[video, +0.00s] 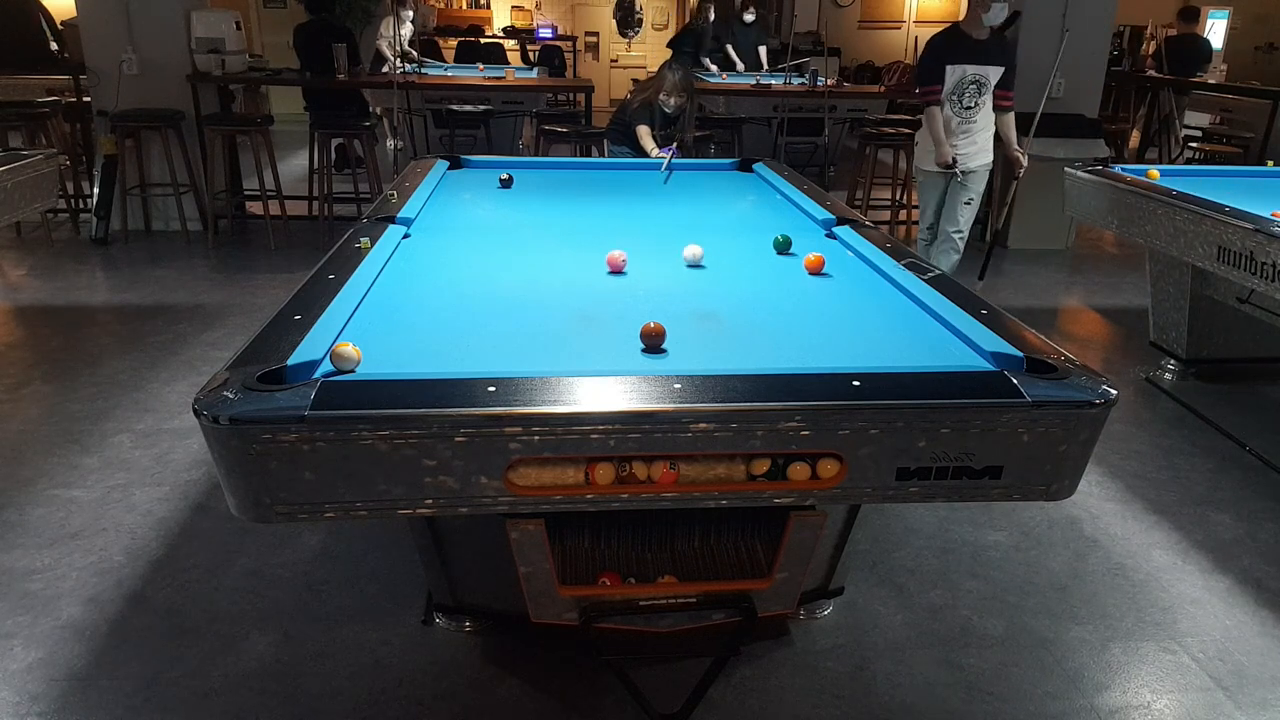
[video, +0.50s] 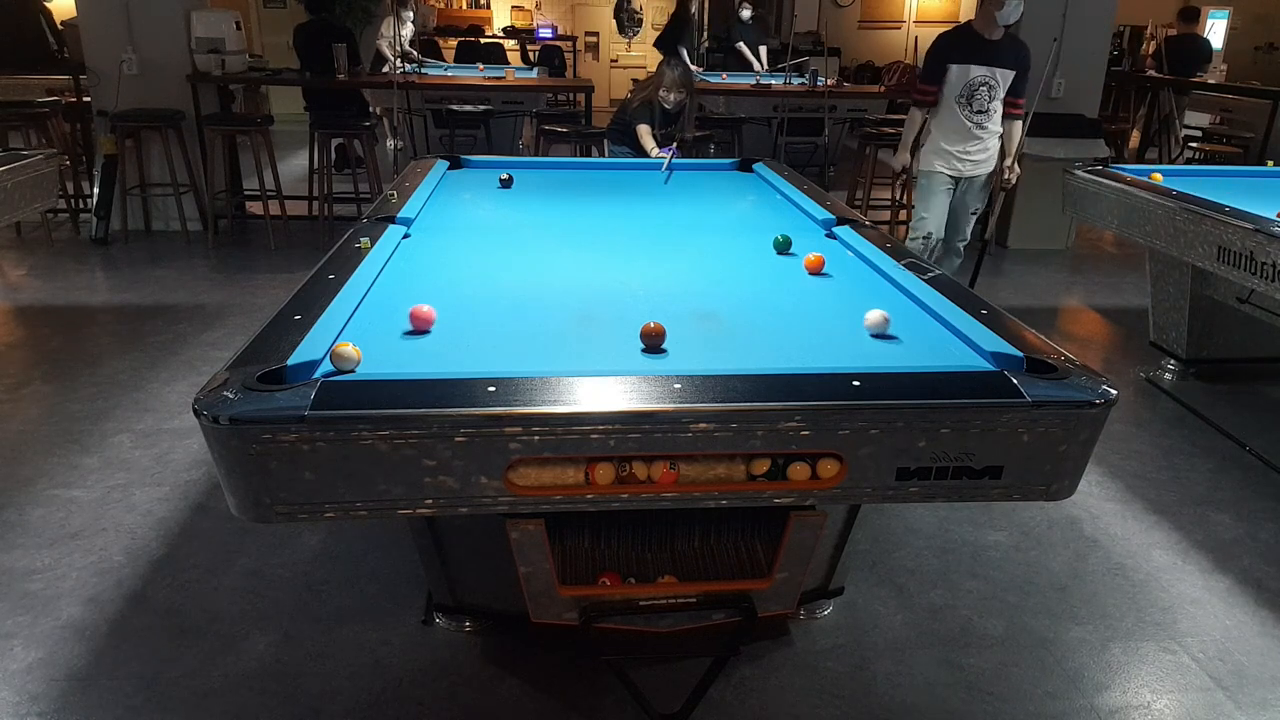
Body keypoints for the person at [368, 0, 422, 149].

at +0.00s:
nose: (409, 14)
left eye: (410, 10)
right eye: (405, 11)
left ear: (413, 11)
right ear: (398, 10)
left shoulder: (409, 27)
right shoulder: (389, 21)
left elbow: (403, 45)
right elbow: (380, 43)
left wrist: (412, 52)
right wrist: (392, 60)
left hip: (398, 66)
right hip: (382, 67)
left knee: (396, 104)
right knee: (385, 106)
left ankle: (395, 136)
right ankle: (390, 138)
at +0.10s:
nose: (409, 14)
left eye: (411, 10)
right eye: (405, 11)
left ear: (413, 11)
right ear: (398, 11)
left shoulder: (410, 27)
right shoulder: (389, 21)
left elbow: (403, 45)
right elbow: (380, 43)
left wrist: (413, 53)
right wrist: (392, 60)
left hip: (398, 67)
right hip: (382, 67)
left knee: (396, 104)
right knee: (385, 106)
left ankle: (395, 136)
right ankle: (389, 138)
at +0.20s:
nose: (409, 14)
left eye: (411, 11)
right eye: (406, 11)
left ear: (413, 11)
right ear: (398, 11)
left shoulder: (410, 27)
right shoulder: (389, 21)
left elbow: (403, 45)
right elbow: (380, 43)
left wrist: (414, 53)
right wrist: (392, 60)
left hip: (398, 67)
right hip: (382, 68)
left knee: (396, 105)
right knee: (385, 106)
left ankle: (396, 135)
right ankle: (390, 138)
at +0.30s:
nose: (409, 14)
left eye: (411, 11)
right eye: (406, 11)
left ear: (413, 11)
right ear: (398, 11)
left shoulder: (410, 27)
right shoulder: (390, 21)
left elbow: (403, 45)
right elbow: (380, 43)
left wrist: (413, 53)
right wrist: (392, 60)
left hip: (398, 67)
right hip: (382, 67)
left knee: (396, 104)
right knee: (384, 106)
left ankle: (395, 136)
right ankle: (389, 138)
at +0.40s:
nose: (409, 14)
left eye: (411, 11)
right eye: (406, 11)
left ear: (413, 11)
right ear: (398, 11)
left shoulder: (410, 27)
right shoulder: (390, 21)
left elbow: (404, 45)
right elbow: (380, 42)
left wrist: (414, 54)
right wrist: (392, 60)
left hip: (398, 67)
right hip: (381, 68)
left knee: (396, 104)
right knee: (385, 106)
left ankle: (396, 135)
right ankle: (389, 138)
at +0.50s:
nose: (409, 14)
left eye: (411, 11)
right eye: (406, 11)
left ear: (413, 11)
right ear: (398, 11)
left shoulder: (410, 27)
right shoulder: (390, 21)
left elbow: (404, 45)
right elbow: (380, 42)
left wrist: (414, 54)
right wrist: (392, 60)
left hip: (398, 67)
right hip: (381, 68)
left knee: (396, 105)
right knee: (385, 106)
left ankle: (396, 135)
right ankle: (389, 138)